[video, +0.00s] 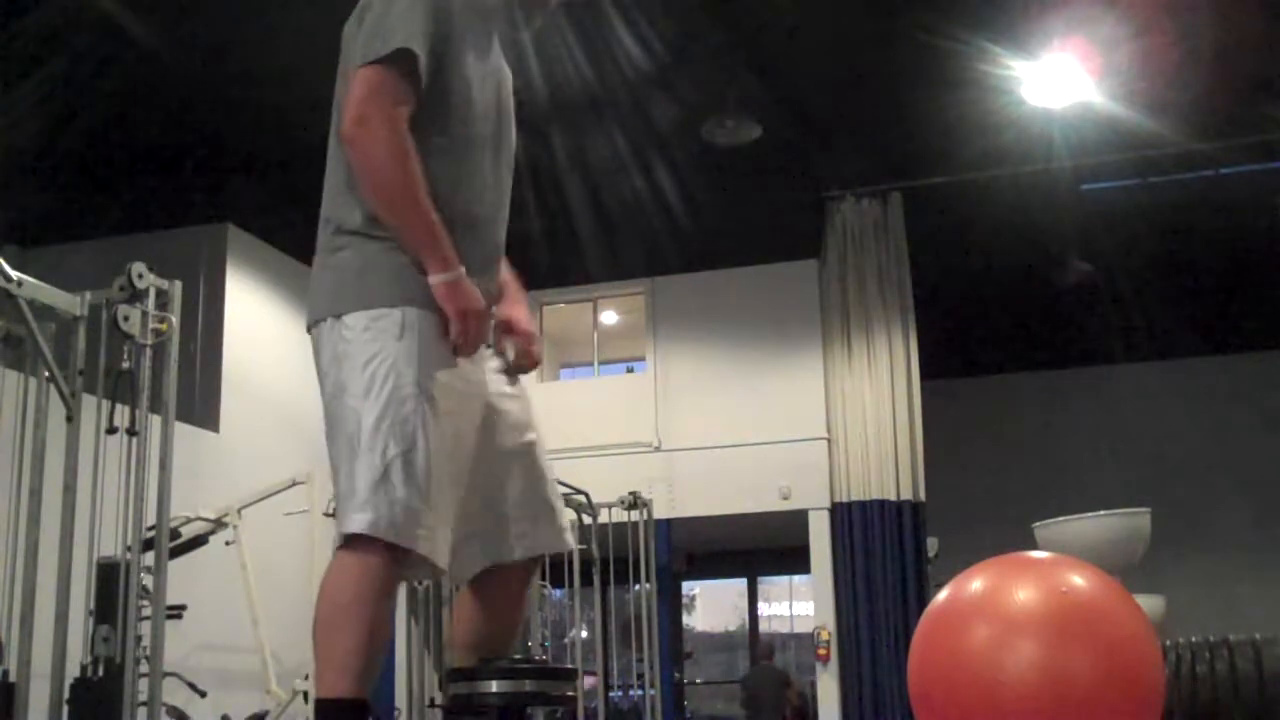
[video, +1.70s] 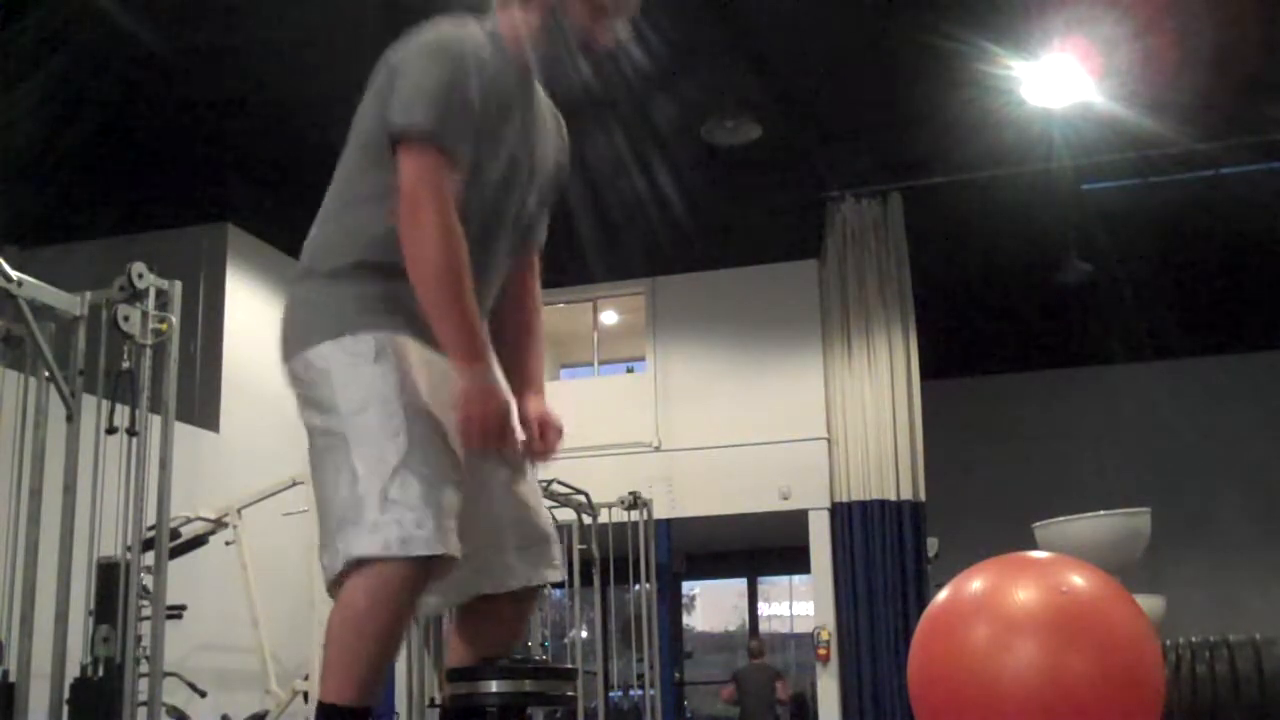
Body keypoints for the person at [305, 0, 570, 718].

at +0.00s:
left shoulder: (487, 41)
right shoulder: (412, 5)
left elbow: (456, 189)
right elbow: (369, 119)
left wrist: (509, 289)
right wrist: (445, 268)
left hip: (461, 307)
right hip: (385, 294)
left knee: (514, 540)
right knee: (380, 529)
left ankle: (465, 715)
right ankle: (339, 712)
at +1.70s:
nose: (608, 35)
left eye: (619, 22)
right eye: (601, 11)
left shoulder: (549, 131)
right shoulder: (447, 50)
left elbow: (519, 272)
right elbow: (424, 213)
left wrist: (530, 389)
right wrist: (475, 369)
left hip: (454, 342)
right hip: (358, 318)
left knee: (511, 558)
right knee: (402, 535)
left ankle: (475, 712)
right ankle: (339, 713)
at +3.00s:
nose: (554, 47)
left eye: (552, 31)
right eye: (533, 26)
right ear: (473, 38)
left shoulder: (530, 208)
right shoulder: (436, 142)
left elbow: (523, 352)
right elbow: (454, 320)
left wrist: (536, 485)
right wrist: (475, 472)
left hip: (389, 388)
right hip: (304, 371)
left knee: (505, 544)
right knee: (416, 528)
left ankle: (474, 703)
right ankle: (343, 712)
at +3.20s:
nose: (512, 7)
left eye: (507, 5)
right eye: (499, 2)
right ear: (465, 3)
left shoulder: (528, 128)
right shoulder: (434, 53)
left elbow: (523, 260)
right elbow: (451, 222)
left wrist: (534, 392)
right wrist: (473, 368)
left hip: (421, 338)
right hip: (330, 315)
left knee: (481, 554)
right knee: (377, 528)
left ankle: (458, 711)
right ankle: (331, 714)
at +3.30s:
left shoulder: (529, 94)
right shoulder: (430, 21)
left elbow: (520, 226)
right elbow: (447, 183)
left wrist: (530, 355)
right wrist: (469, 332)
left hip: (440, 327)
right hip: (349, 302)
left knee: (466, 554)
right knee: (357, 531)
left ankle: (453, 712)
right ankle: (329, 713)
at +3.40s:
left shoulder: (525, 76)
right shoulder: (427, 8)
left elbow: (520, 210)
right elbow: (444, 157)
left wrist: (531, 336)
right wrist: (466, 307)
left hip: (443, 319)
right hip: (356, 300)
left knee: (451, 553)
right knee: (347, 536)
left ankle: (444, 713)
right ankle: (329, 712)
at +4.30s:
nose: (631, 188)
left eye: (630, 173)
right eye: (614, 169)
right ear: (551, 181)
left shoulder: (577, 343)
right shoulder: (489, 279)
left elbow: (551, 492)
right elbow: (490, 477)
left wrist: (552, 639)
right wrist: (499, 636)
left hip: (411, 481)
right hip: (310, 461)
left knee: (589, 576)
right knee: (467, 545)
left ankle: (488, 706)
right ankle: (361, 706)